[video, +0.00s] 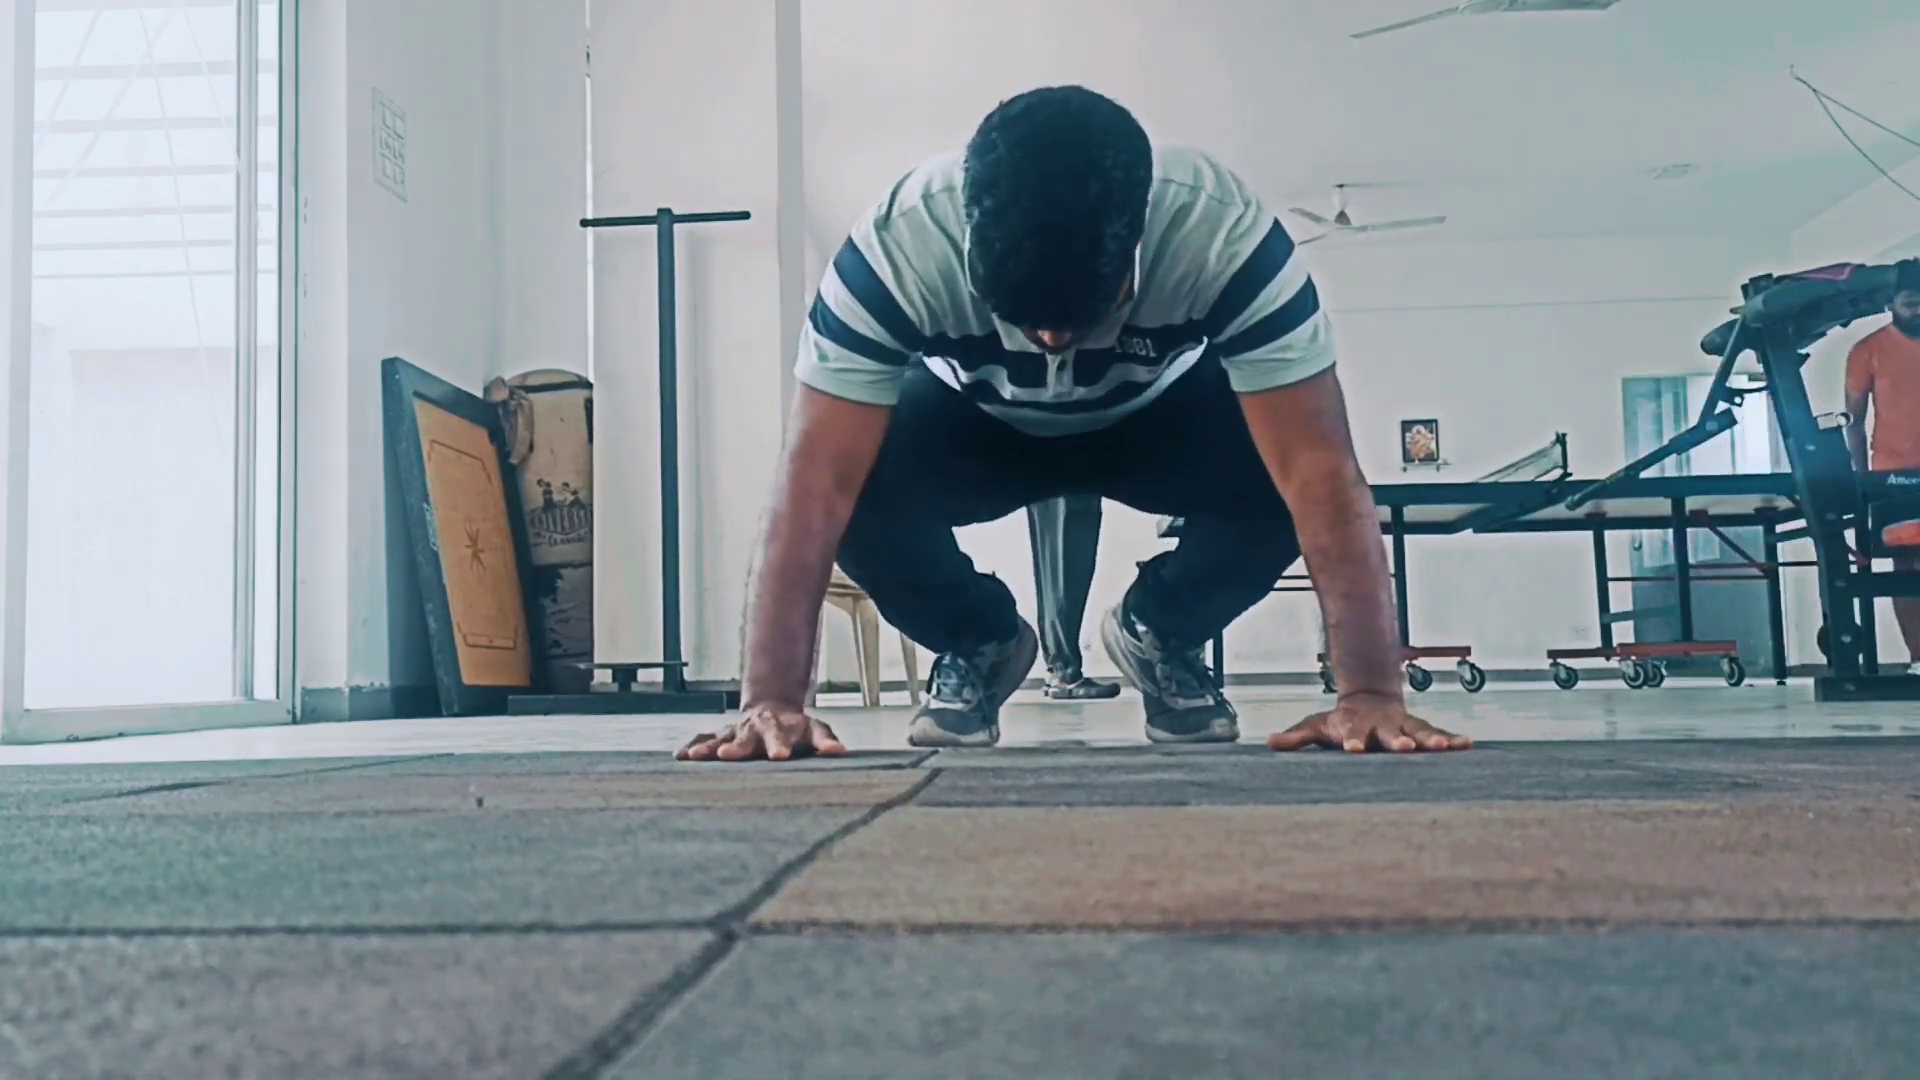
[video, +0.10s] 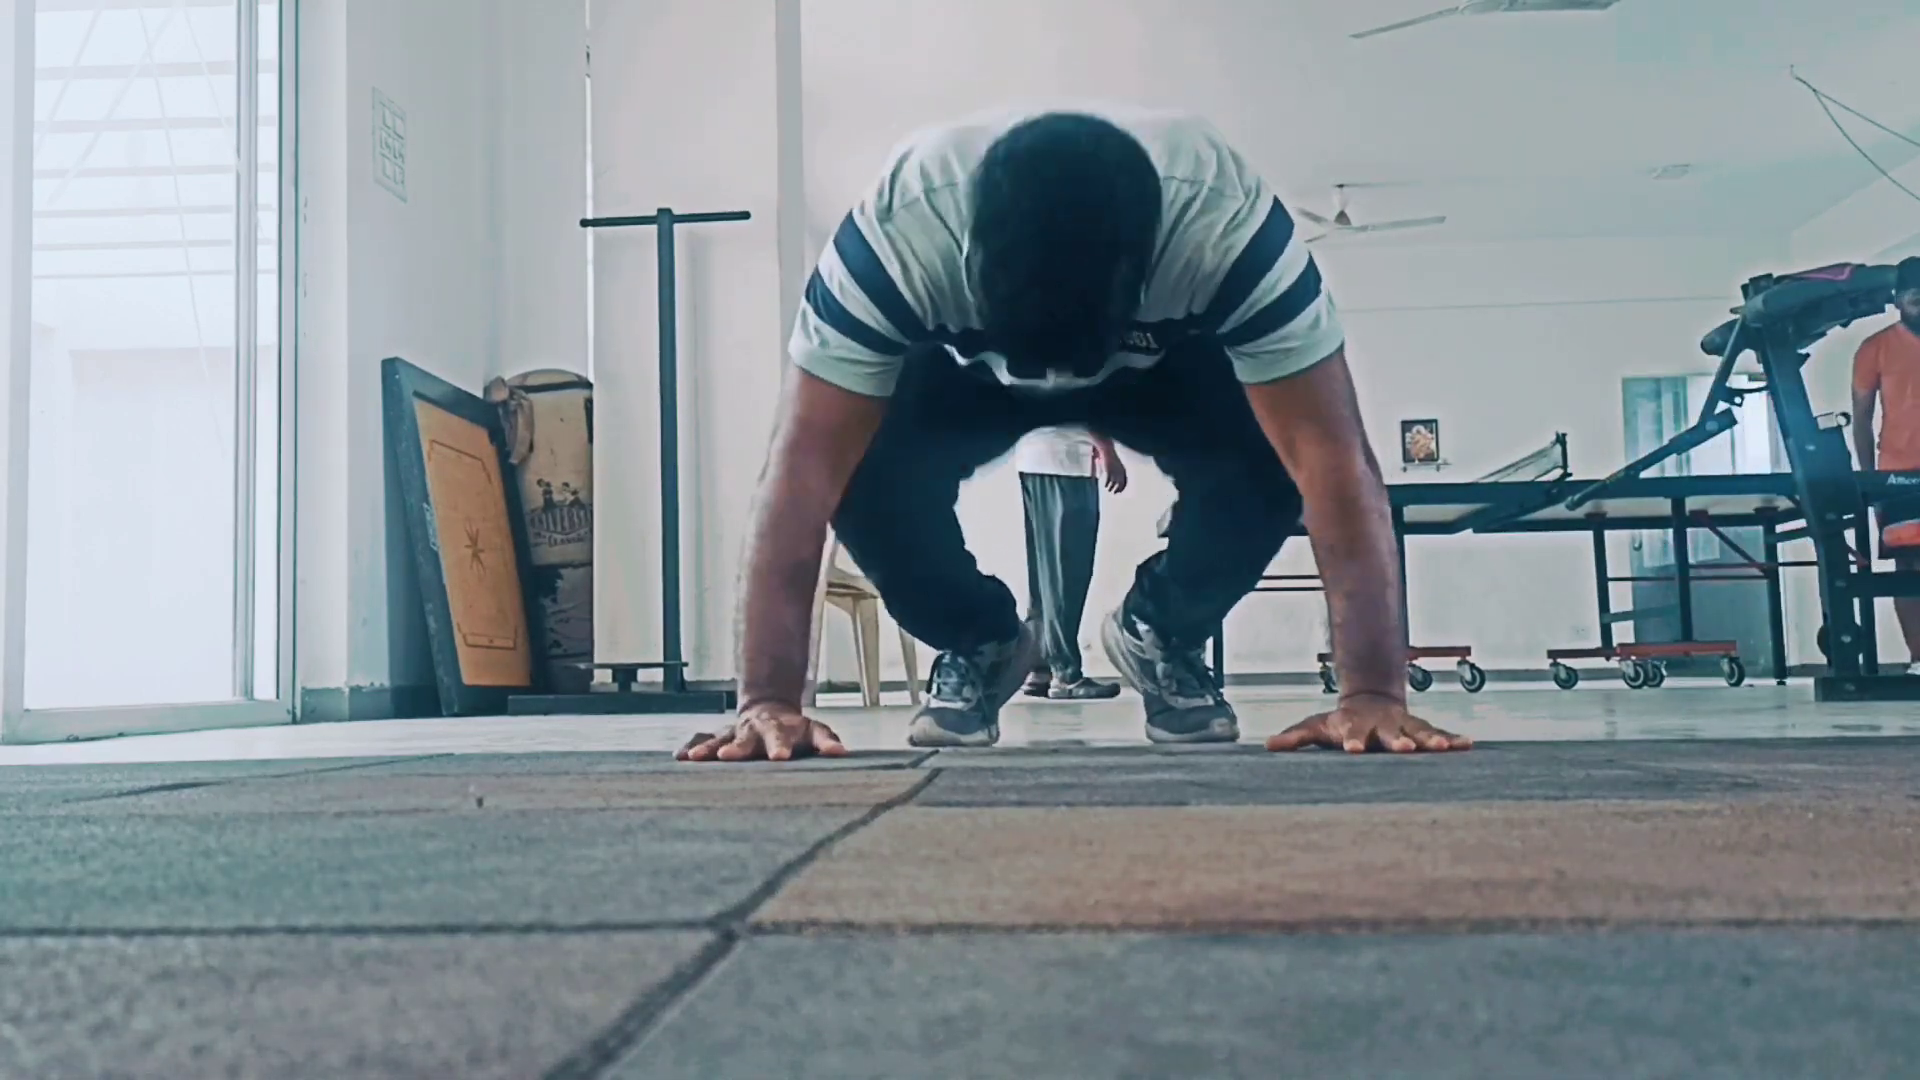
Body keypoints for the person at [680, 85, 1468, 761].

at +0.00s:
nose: (1058, 349)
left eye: (1090, 327)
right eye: (1029, 330)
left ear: (1139, 245)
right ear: (977, 244)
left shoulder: (1227, 235)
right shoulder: (900, 252)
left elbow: (1321, 476)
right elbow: (819, 476)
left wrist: (1372, 691)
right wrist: (772, 699)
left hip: (1158, 416)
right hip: (981, 421)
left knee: (1292, 494)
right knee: (851, 492)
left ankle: (1165, 626)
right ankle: (983, 638)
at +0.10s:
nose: (1060, 373)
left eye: (1086, 352)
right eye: (1025, 352)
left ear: (1144, 268)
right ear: (971, 257)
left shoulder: (1233, 229)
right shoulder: (896, 238)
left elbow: (1334, 460)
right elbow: (804, 469)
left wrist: (1375, 691)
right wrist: (771, 698)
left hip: (1157, 357)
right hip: (974, 363)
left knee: (1264, 477)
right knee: (868, 490)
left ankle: (1161, 629)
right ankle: (985, 642)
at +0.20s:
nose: (1077, 434)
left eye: (1098, 410)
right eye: (1048, 415)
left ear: (1150, 307)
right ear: (978, 293)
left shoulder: (1232, 220)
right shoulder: (898, 228)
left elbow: (1349, 456)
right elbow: (804, 462)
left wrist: (1375, 694)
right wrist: (771, 699)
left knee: (1253, 444)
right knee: (885, 456)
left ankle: (1167, 630)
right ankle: (980, 635)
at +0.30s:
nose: (1079, 446)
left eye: (1092, 422)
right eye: (1050, 428)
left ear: (1145, 317)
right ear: (974, 303)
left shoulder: (1224, 202)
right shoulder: (896, 216)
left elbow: (1347, 448)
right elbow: (800, 457)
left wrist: (1377, 694)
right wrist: (769, 700)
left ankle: (1171, 564)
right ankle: (966, 589)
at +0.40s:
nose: (1064, 448)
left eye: (1082, 429)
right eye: (1036, 427)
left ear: (1146, 319)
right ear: (965, 297)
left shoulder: (1239, 214)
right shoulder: (888, 226)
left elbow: (1360, 451)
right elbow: (789, 455)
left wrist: (1377, 696)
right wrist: (768, 700)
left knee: (1210, 499)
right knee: (930, 508)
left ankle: (1190, 573)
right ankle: (944, 609)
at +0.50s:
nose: (1064, 439)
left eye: (1097, 402)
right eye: (1023, 414)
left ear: (1151, 300)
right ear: (961, 284)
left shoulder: (1249, 216)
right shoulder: (880, 230)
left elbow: (1363, 454)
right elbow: (790, 461)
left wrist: (1379, 693)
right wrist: (766, 700)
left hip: (1169, 339)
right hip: (962, 350)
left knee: (1188, 541)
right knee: (965, 540)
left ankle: (1197, 647)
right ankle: (941, 643)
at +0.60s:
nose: (1055, 400)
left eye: (1089, 383)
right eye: (1022, 386)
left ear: (1150, 284)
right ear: (962, 270)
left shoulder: (1245, 220)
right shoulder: (886, 233)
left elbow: (1365, 456)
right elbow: (790, 462)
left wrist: (1377, 692)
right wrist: (768, 699)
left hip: (1163, 405)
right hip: (969, 409)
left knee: (1191, 581)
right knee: (956, 581)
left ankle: (1193, 663)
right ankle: (949, 668)